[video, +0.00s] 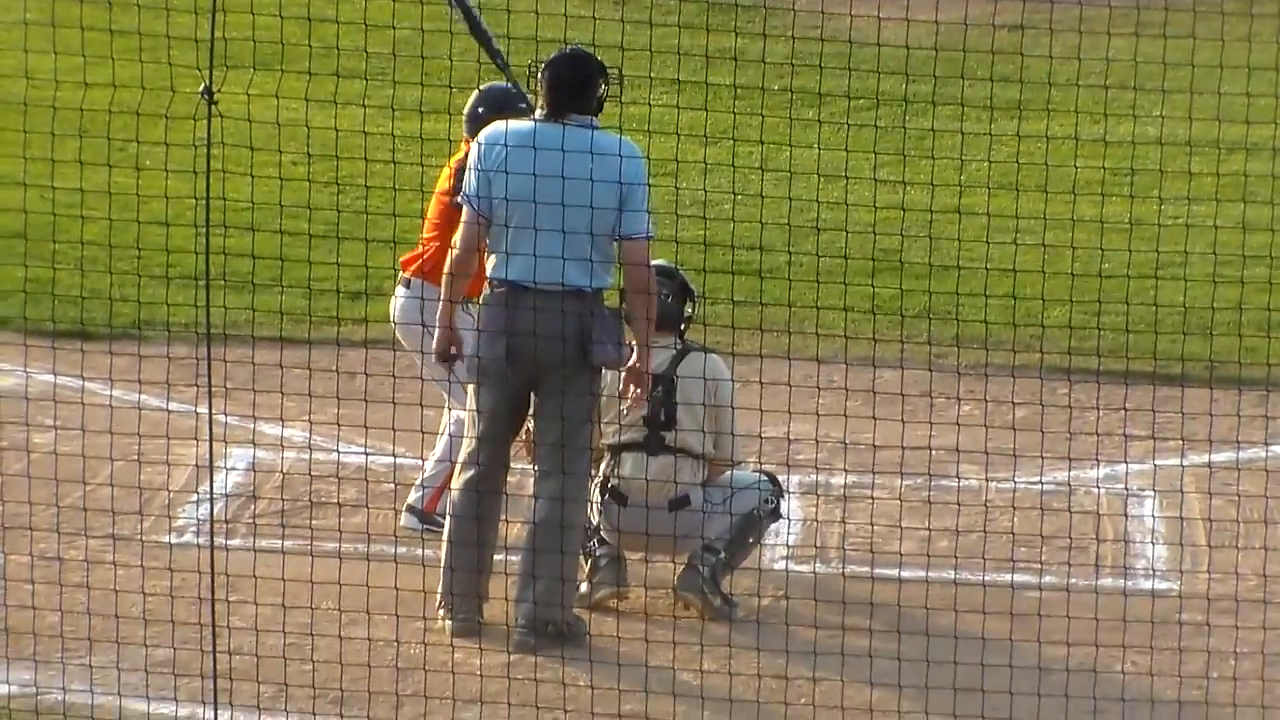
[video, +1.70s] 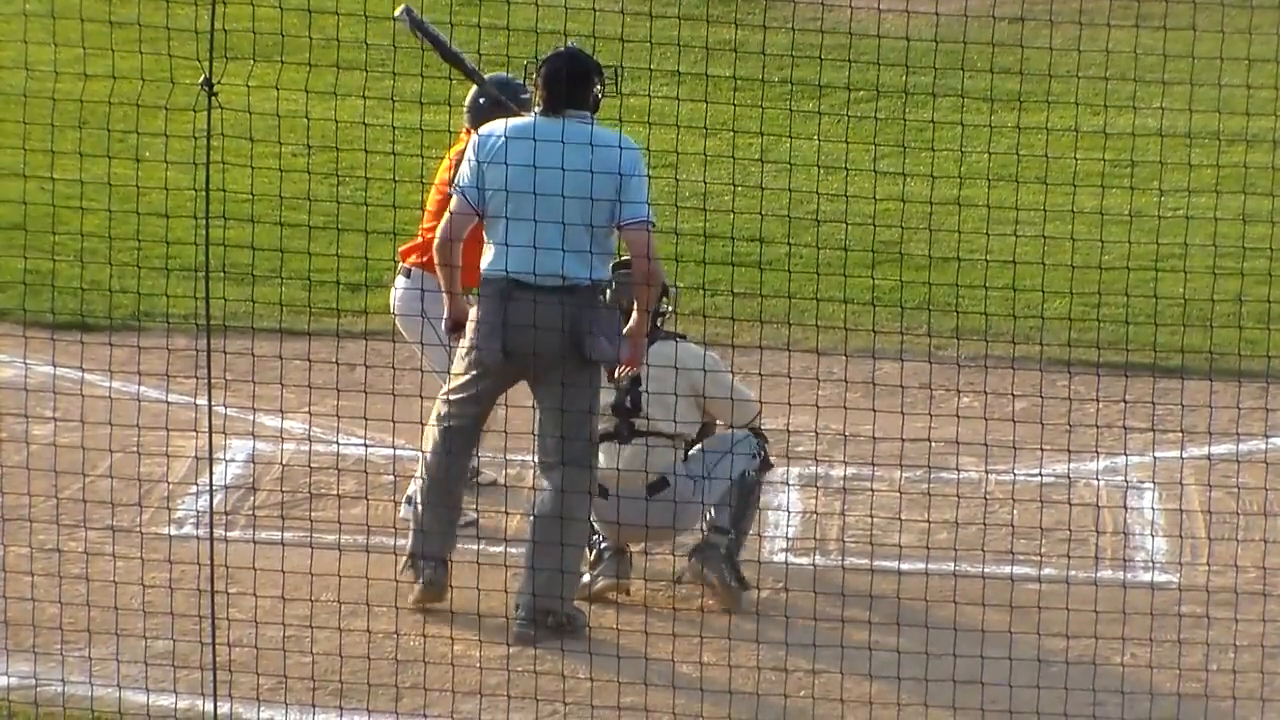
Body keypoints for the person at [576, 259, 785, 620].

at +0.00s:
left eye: (635, 300)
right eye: (684, 303)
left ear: (628, 309)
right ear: (681, 314)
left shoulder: (606, 364)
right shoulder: (709, 366)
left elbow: (587, 451)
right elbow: (720, 464)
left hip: (616, 518)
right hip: (683, 520)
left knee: (581, 474)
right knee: (766, 489)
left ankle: (604, 564)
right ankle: (704, 571)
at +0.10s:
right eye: (683, 302)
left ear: (629, 308)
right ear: (680, 313)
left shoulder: (607, 362)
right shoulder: (709, 364)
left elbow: (591, 447)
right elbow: (720, 461)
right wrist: (678, 476)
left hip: (617, 517)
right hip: (682, 519)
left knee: (599, 473)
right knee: (766, 488)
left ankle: (604, 564)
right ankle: (704, 570)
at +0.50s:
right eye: (684, 300)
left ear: (631, 305)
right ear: (681, 310)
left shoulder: (607, 359)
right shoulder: (708, 363)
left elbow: (589, 444)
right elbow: (723, 456)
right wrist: (687, 479)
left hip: (616, 515)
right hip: (682, 517)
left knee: (590, 474)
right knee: (764, 486)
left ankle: (603, 561)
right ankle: (703, 567)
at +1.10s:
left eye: (634, 291)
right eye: (686, 296)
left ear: (630, 302)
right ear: (682, 307)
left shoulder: (606, 357)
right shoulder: (708, 360)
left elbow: (587, 439)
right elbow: (721, 455)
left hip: (617, 512)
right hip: (682, 513)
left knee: (592, 468)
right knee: (765, 481)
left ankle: (604, 557)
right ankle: (703, 563)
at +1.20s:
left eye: (633, 291)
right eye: (682, 296)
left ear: (629, 302)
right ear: (680, 307)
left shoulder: (606, 357)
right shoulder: (707, 361)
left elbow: (595, 440)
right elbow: (722, 454)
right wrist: (685, 476)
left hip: (618, 512)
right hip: (682, 514)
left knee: (597, 467)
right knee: (763, 481)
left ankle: (603, 557)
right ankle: (703, 564)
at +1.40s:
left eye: (623, 295)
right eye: (672, 298)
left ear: (617, 304)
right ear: (669, 306)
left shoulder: (601, 357)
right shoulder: (700, 359)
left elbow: (583, 440)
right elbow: (726, 445)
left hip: (617, 511)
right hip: (682, 512)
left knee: (590, 462)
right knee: (754, 477)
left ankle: (603, 554)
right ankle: (702, 564)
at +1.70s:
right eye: (659, 298)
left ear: (605, 309)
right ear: (658, 308)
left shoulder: (592, 358)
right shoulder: (686, 357)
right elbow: (746, 413)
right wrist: (702, 424)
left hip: (601, 511)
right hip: (663, 511)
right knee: (749, 444)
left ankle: (608, 555)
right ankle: (718, 551)